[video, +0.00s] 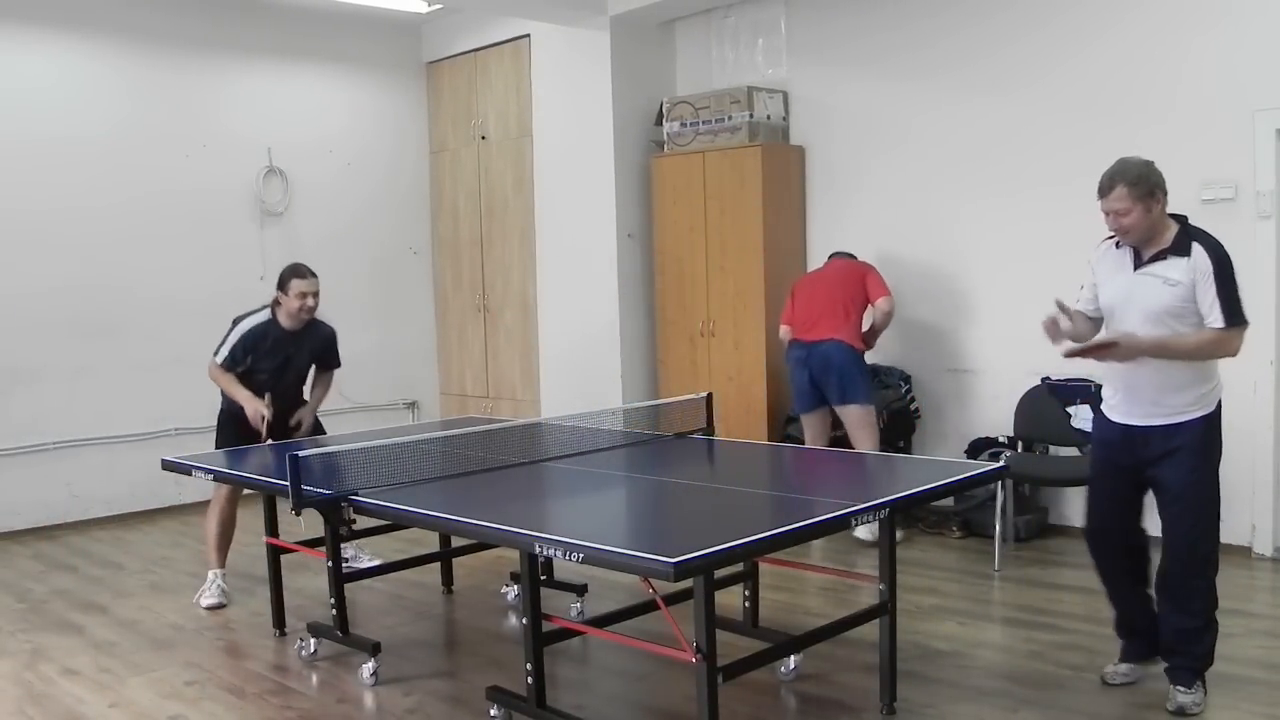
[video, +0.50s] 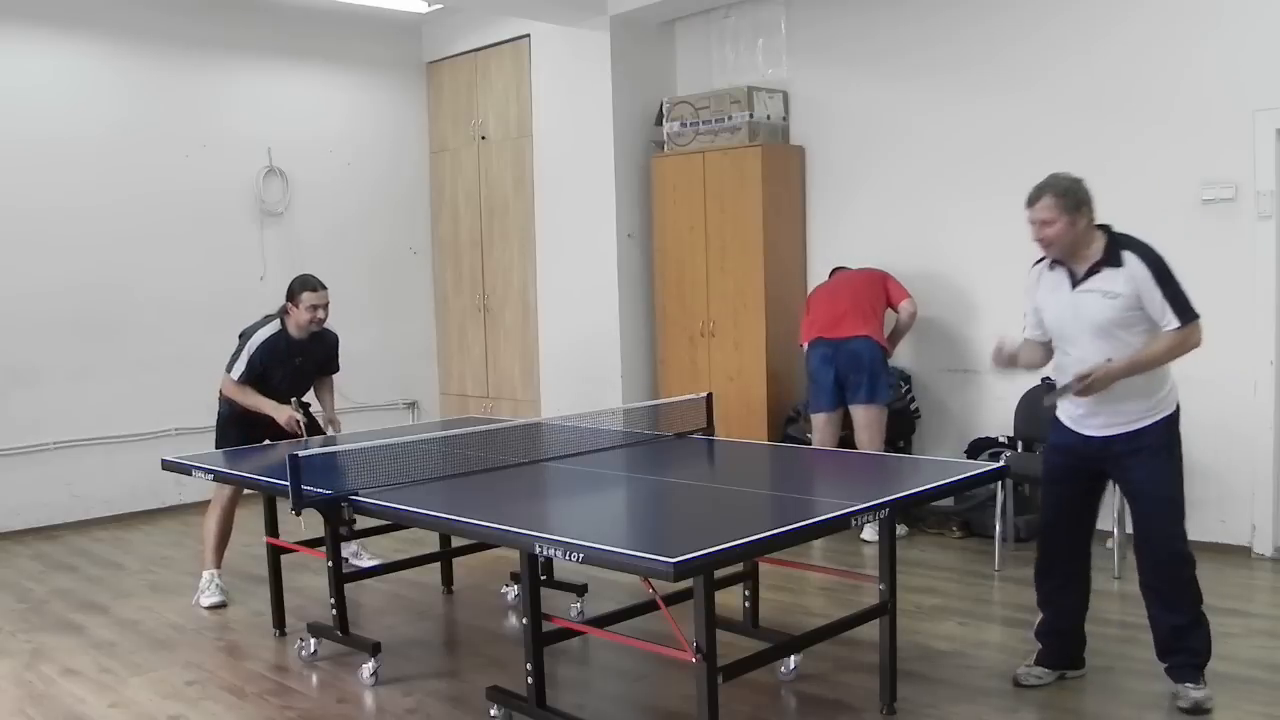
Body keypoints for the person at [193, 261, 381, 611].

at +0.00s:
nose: (310, 303)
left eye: (315, 296)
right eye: (302, 296)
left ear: (319, 296)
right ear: (280, 296)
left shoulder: (322, 334)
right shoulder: (250, 327)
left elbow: (325, 372)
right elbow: (216, 369)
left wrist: (312, 406)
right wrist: (248, 400)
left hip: (291, 413)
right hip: (242, 413)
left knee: (331, 471)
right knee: (227, 489)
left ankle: (342, 548)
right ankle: (215, 577)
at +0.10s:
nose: (319, 313)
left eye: (323, 306)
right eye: (311, 307)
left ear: (327, 305)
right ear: (289, 305)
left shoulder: (328, 341)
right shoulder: (258, 333)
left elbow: (330, 381)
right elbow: (222, 374)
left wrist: (319, 419)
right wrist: (253, 411)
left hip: (294, 414)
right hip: (245, 415)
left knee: (334, 462)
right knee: (228, 489)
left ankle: (342, 547)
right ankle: (215, 576)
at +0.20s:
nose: (325, 319)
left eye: (329, 311)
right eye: (317, 312)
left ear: (332, 309)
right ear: (295, 311)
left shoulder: (332, 343)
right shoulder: (264, 338)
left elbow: (330, 383)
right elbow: (227, 380)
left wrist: (329, 421)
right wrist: (263, 415)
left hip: (294, 411)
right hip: (247, 411)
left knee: (334, 461)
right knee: (229, 486)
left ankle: (342, 548)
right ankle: (210, 576)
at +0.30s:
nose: (325, 319)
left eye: (329, 311)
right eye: (317, 313)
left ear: (332, 309)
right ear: (296, 311)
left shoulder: (331, 343)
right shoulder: (265, 340)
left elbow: (329, 381)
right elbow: (231, 386)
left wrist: (335, 417)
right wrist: (273, 415)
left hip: (295, 412)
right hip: (246, 413)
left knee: (336, 464)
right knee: (229, 489)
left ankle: (342, 548)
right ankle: (211, 577)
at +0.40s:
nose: (323, 317)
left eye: (327, 309)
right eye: (315, 310)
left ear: (330, 308)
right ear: (293, 310)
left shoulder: (329, 342)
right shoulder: (263, 339)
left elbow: (326, 378)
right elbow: (231, 388)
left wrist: (335, 413)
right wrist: (276, 412)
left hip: (292, 412)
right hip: (244, 414)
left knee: (333, 466)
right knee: (230, 488)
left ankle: (342, 548)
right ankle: (211, 577)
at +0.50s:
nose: (321, 314)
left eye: (325, 307)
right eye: (313, 308)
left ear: (328, 306)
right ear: (291, 308)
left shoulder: (326, 340)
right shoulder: (260, 337)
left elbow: (323, 378)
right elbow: (229, 386)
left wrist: (329, 412)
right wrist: (275, 409)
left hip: (289, 412)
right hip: (241, 415)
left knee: (332, 466)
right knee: (228, 489)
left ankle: (344, 547)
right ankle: (210, 577)